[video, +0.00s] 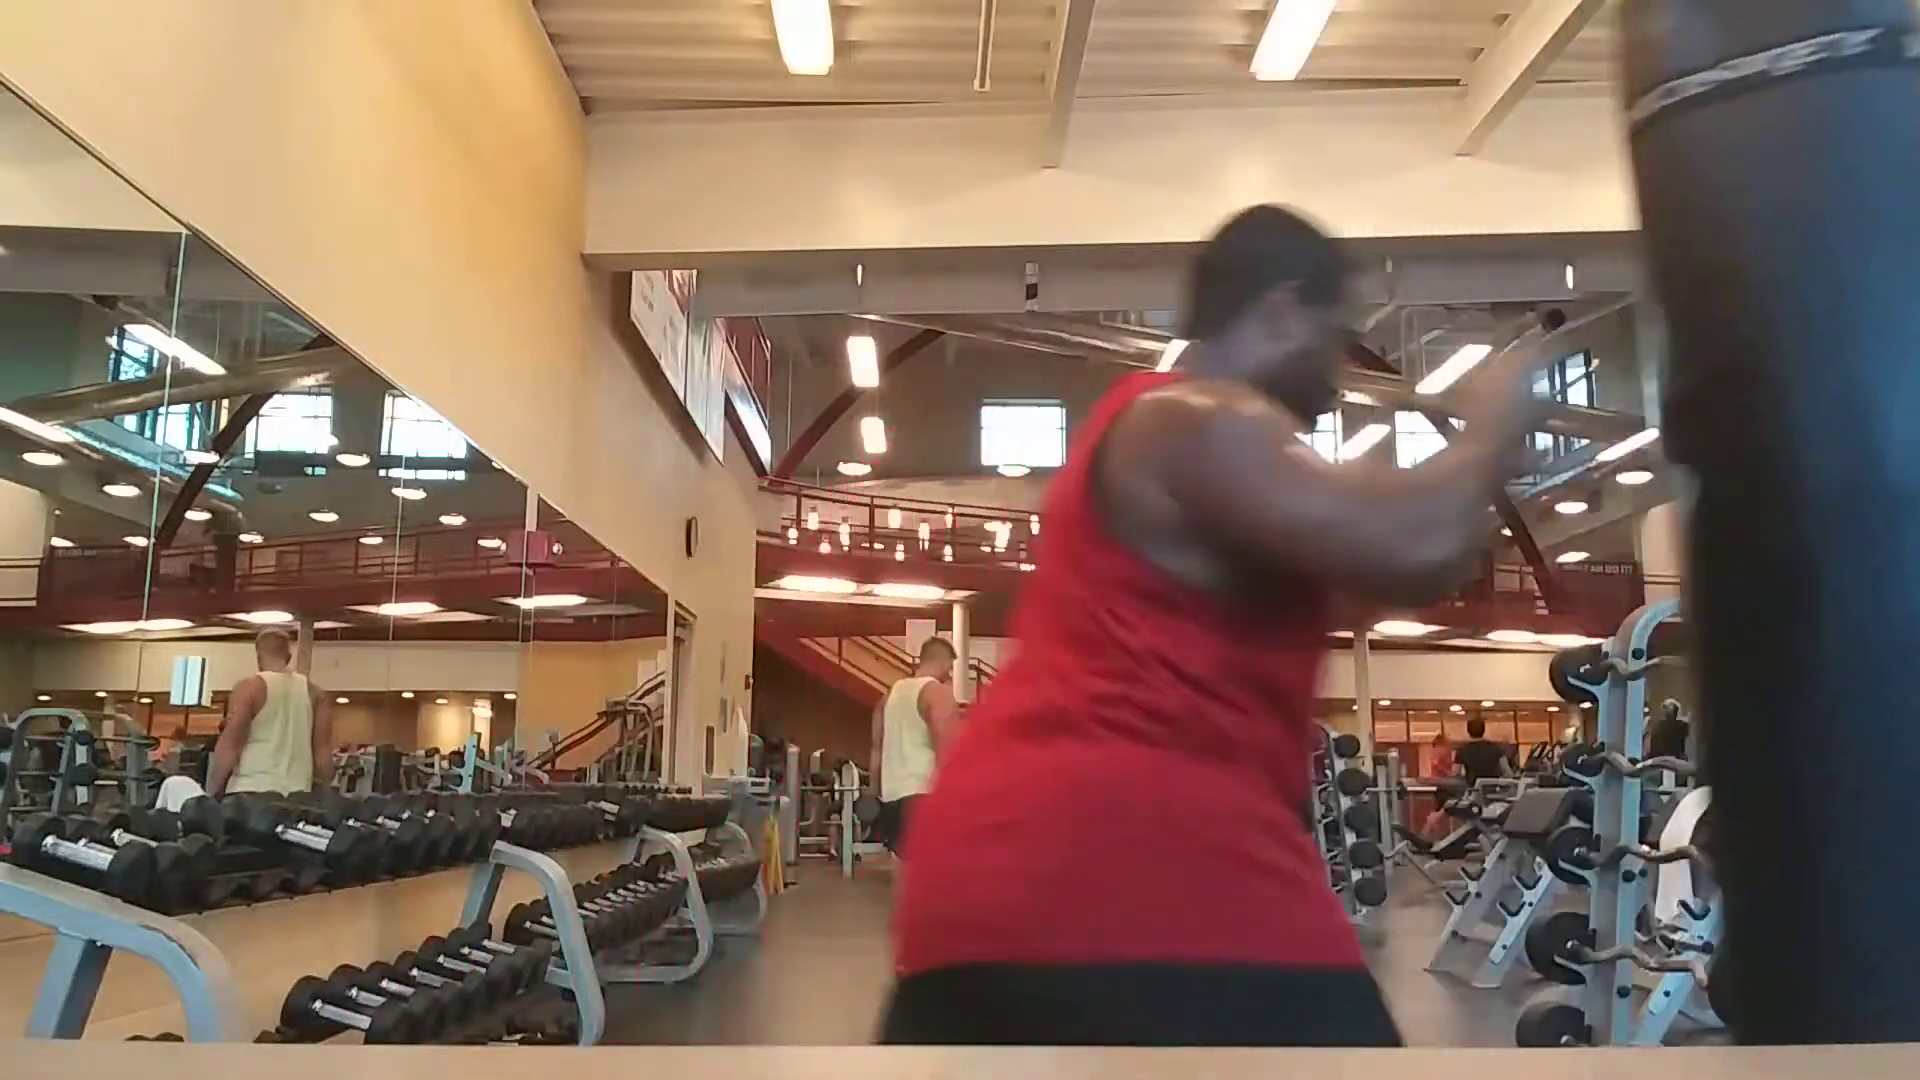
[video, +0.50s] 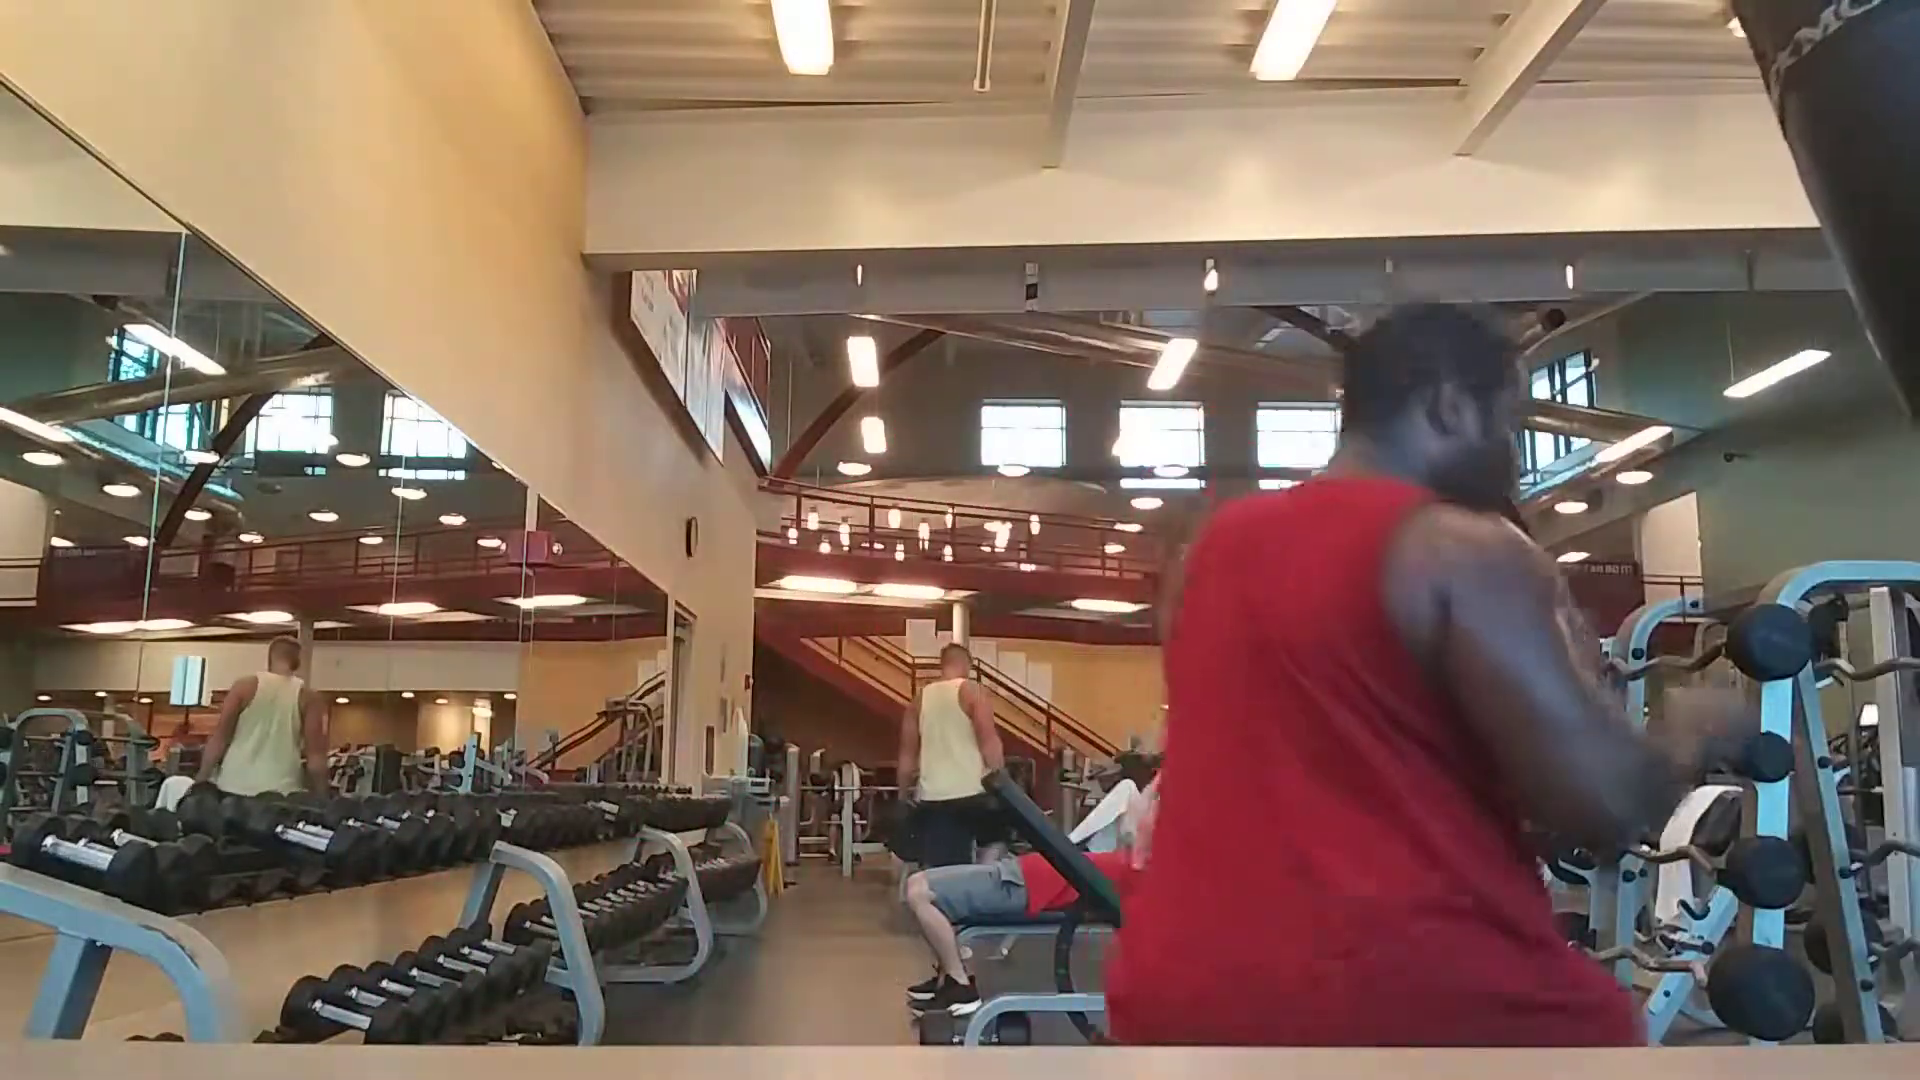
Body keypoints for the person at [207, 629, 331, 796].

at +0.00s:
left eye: (258, 655)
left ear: (259, 655)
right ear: (289, 657)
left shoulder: (250, 687)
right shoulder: (314, 692)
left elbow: (229, 746)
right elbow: (322, 749)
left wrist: (210, 796)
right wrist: (325, 793)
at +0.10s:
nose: (260, 659)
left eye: (260, 655)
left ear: (262, 657)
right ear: (290, 661)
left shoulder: (247, 690)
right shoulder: (314, 696)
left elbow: (225, 747)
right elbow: (320, 754)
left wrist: (208, 798)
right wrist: (322, 801)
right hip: (295, 799)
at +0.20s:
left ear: (265, 659)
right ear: (294, 663)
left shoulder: (247, 690)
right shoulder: (313, 698)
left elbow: (222, 746)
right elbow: (319, 756)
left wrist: (204, 795)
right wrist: (323, 806)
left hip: (243, 796)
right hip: (291, 799)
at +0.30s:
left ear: (267, 659)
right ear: (296, 663)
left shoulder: (247, 688)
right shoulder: (313, 698)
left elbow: (224, 741)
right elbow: (318, 755)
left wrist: (204, 784)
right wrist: (322, 803)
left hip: (240, 793)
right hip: (288, 797)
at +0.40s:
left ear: (268, 659)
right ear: (297, 664)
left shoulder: (247, 686)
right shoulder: (311, 696)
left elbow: (222, 741)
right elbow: (317, 756)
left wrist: (201, 783)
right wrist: (321, 802)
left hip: (238, 791)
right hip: (286, 795)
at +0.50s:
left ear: (269, 660)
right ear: (297, 664)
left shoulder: (245, 685)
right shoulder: (308, 697)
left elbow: (220, 739)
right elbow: (315, 759)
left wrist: (200, 781)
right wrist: (322, 802)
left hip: (234, 790)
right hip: (282, 795)